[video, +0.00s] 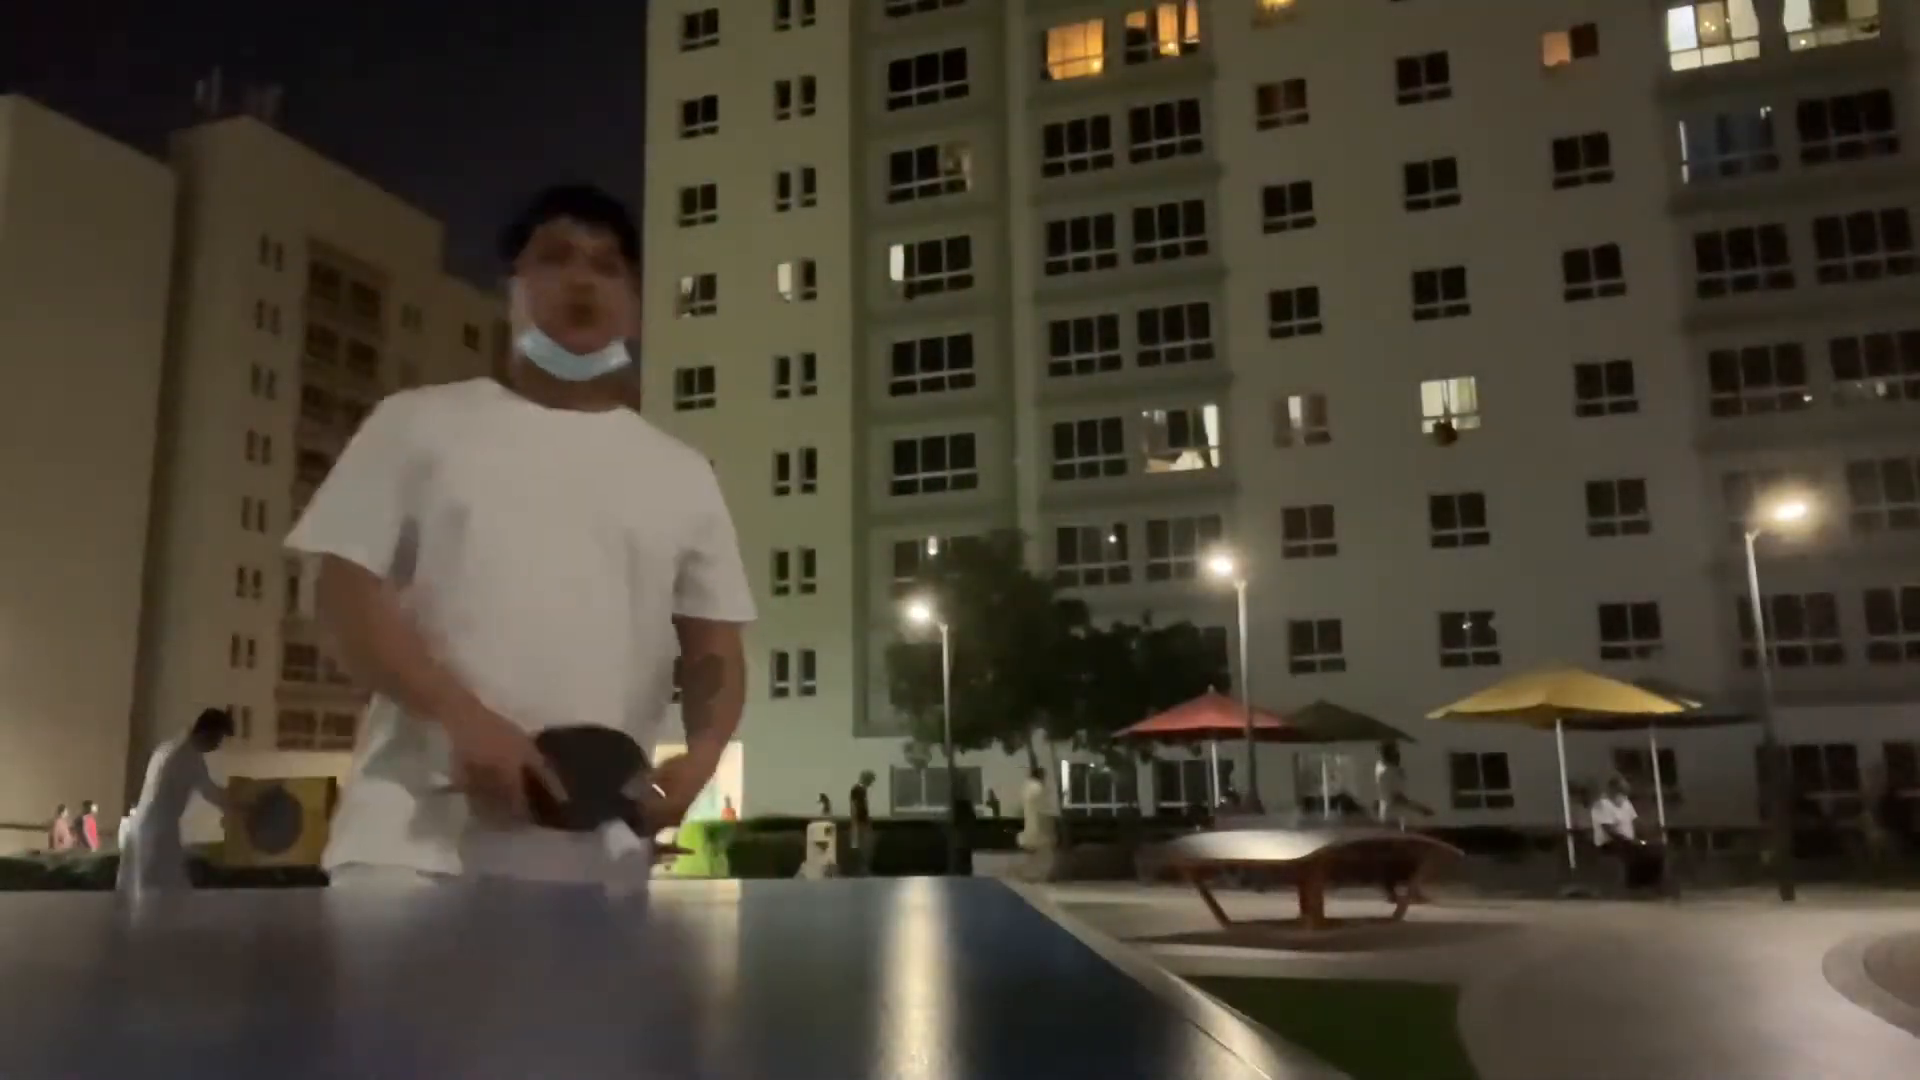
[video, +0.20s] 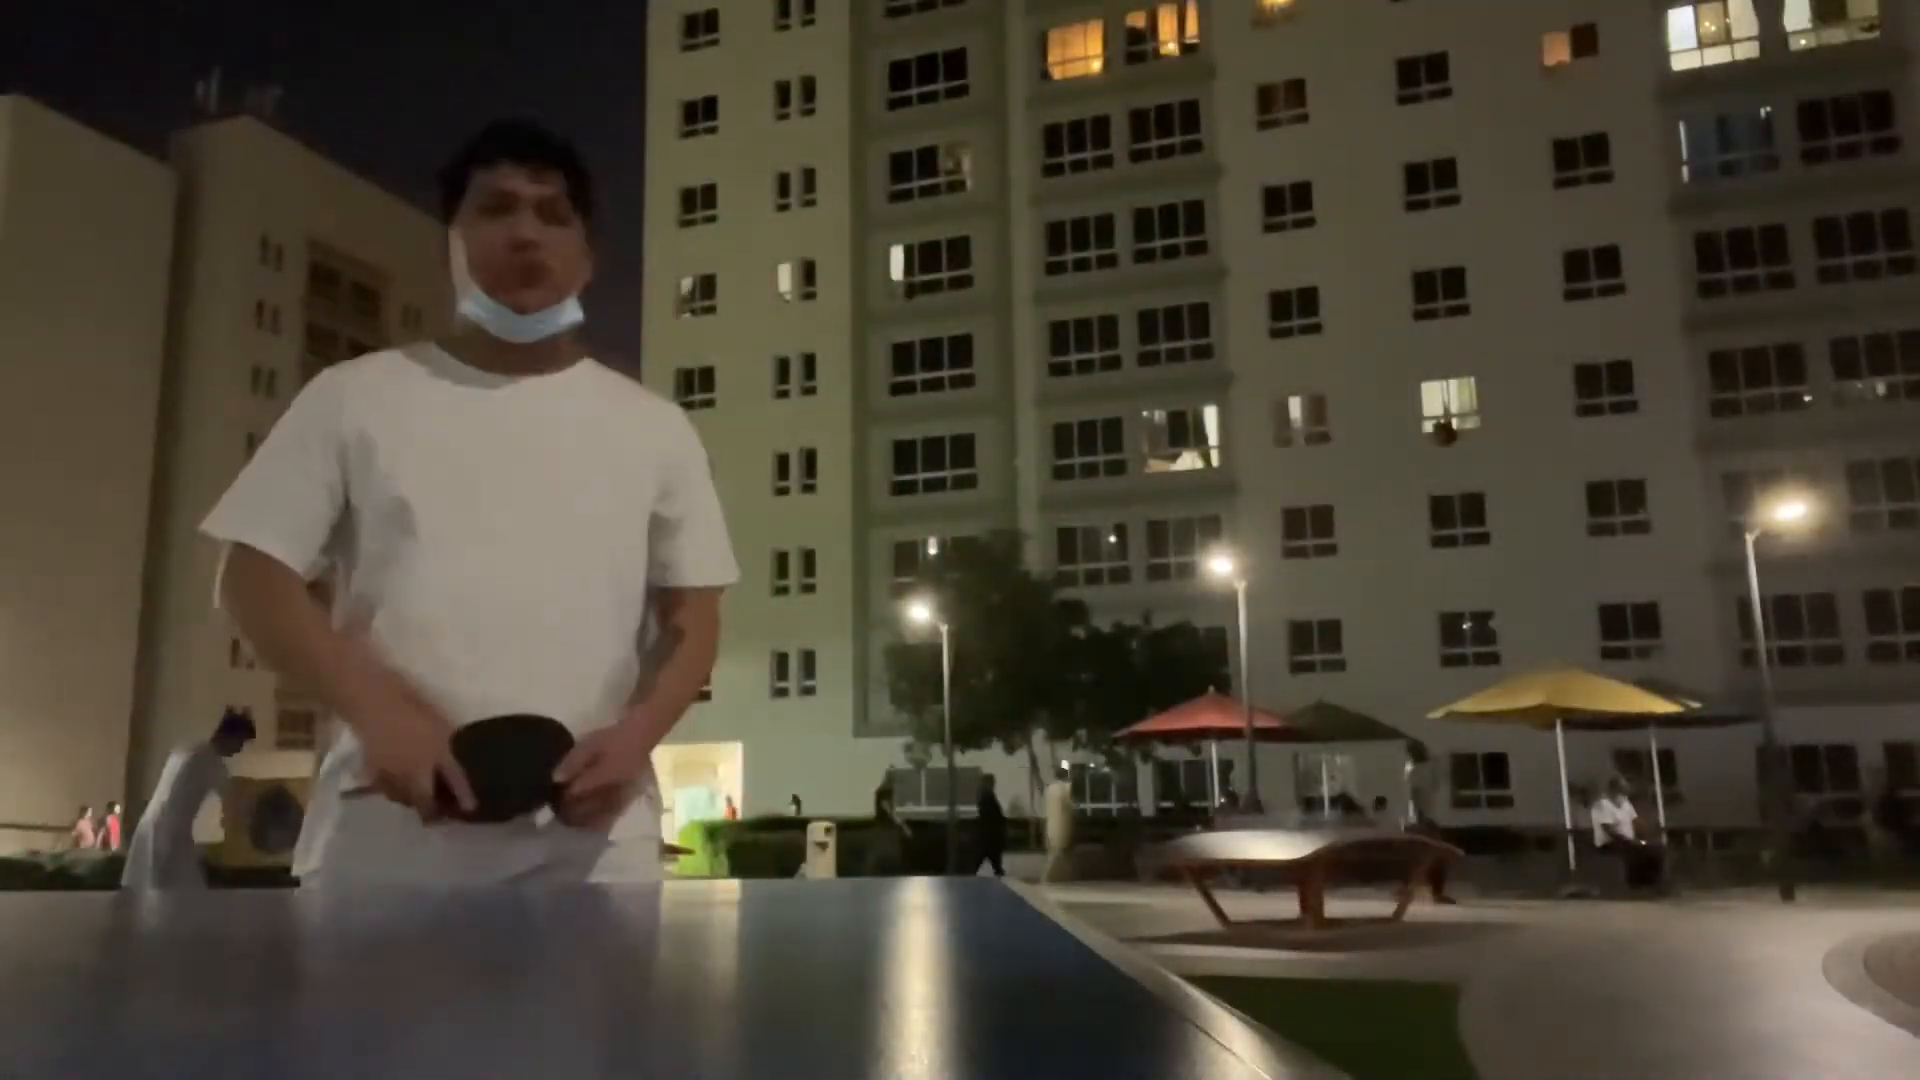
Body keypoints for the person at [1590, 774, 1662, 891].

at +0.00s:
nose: (1622, 798)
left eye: (1624, 794)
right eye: (1620, 794)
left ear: (1626, 793)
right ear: (1612, 792)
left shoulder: (1625, 802)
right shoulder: (1602, 805)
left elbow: (1634, 821)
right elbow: (1608, 829)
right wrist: (1631, 841)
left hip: (1628, 841)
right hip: (1610, 844)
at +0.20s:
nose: (1623, 796)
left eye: (1624, 792)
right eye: (1620, 791)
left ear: (1626, 790)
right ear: (1613, 790)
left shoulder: (1624, 801)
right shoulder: (1602, 805)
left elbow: (1634, 820)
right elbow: (1608, 829)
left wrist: (1644, 834)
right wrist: (1631, 841)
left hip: (1628, 841)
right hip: (1609, 844)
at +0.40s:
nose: (1623, 798)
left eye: (1625, 794)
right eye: (1620, 794)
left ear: (1626, 792)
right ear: (1612, 791)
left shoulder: (1625, 802)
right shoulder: (1602, 805)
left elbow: (1635, 821)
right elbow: (1608, 830)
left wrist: (1644, 835)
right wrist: (1632, 842)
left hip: (1628, 841)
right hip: (1609, 844)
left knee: (1654, 850)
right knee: (1638, 854)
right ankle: (1635, 886)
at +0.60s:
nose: (1623, 796)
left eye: (1625, 792)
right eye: (1621, 791)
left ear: (1626, 790)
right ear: (1613, 790)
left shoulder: (1625, 802)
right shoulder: (1602, 804)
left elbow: (1635, 821)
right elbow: (1608, 829)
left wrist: (1648, 833)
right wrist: (1631, 842)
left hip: (1628, 844)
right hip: (1610, 847)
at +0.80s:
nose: (1624, 795)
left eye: (1625, 791)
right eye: (1621, 791)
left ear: (1626, 790)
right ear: (1612, 790)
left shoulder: (1624, 802)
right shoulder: (1602, 804)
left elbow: (1636, 820)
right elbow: (1608, 828)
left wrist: (1649, 833)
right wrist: (1631, 841)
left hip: (1629, 840)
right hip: (1609, 843)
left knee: (1655, 850)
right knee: (1638, 852)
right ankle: (1635, 886)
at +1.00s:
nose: (1625, 791)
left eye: (1625, 788)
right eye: (1622, 788)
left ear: (1627, 788)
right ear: (1613, 788)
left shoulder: (1624, 801)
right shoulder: (1602, 804)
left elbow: (1635, 820)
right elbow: (1609, 829)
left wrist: (1648, 832)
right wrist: (1633, 842)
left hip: (1629, 840)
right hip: (1609, 844)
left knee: (1655, 850)